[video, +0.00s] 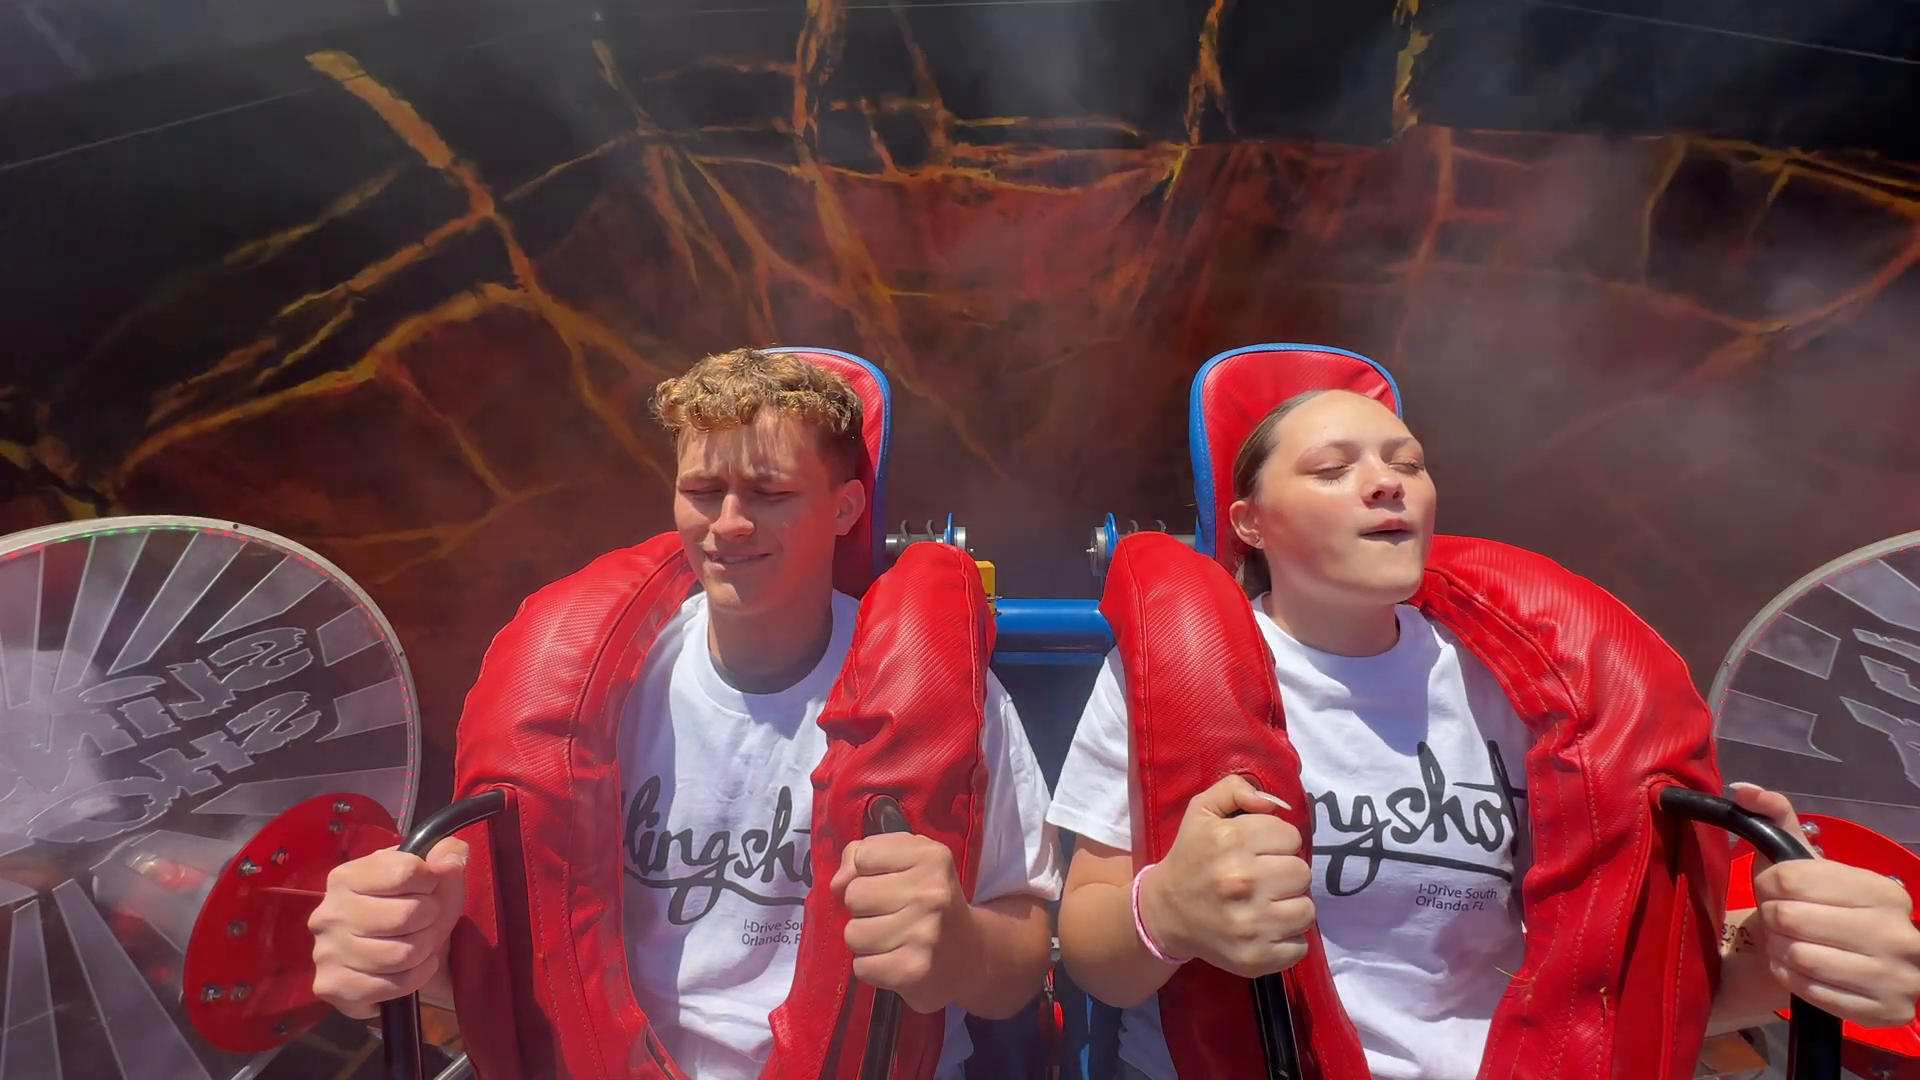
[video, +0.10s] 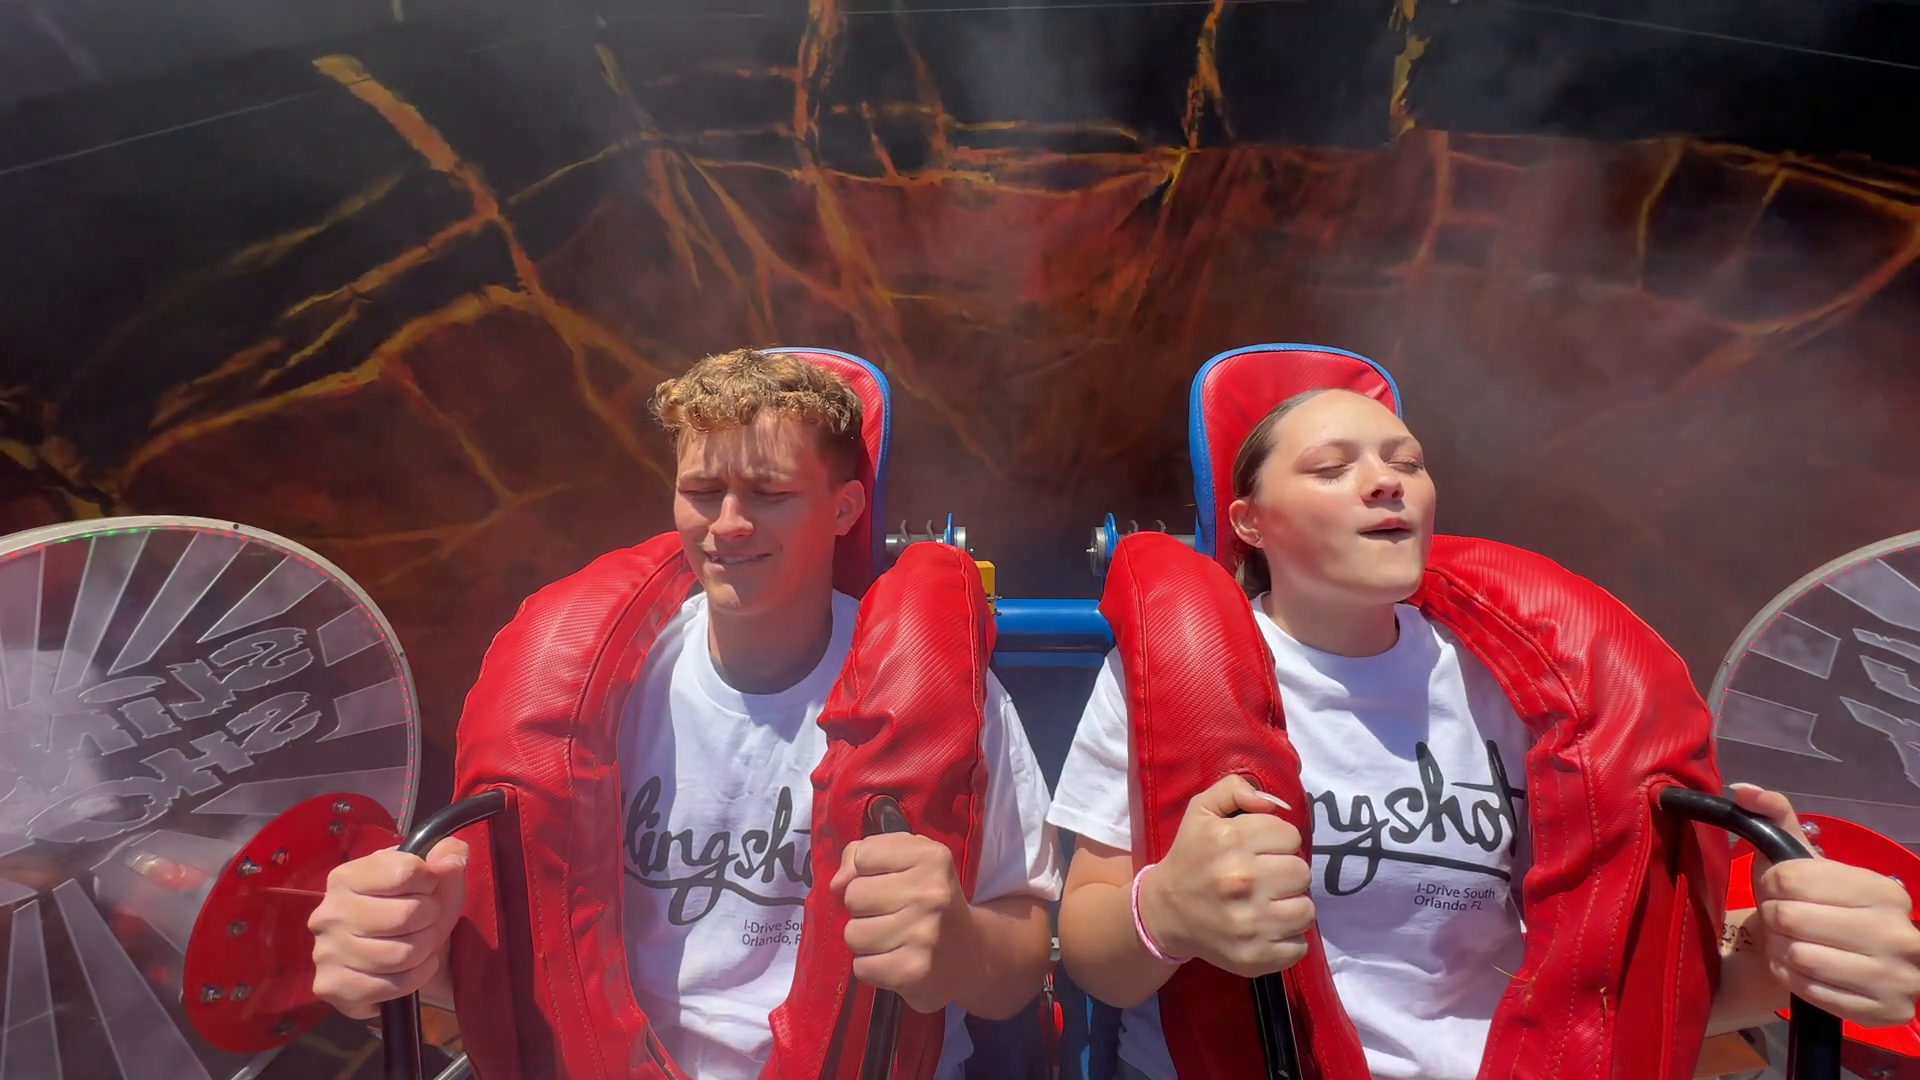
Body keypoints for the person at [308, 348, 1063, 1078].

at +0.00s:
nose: (729, 524)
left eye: (768, 493)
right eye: (705, 490)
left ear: (847, 507)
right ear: (675, 492)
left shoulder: (936, 690)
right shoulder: (581, 669)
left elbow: (1026, 958)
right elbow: (505, 938)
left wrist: (961, 949)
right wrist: (410, 945)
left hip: (832, 1063)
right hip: (611, 1058)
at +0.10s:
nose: (729, 525)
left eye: (768, 493)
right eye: (704, 490)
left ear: (846, 507)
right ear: (675, 493)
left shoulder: (936, 690)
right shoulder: (583, 669)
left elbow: (1025, 960)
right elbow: (503, 927)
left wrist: (960, 949)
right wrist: (409, 943)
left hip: (831, 1063)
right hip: (612, 1058)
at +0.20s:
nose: (729, 525)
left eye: (769, 493)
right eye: (705, 491)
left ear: (847, 508)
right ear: (675, 494)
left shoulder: (936, 690)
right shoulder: (585, 670)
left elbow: (1025, 961)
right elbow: (503, 921)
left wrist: (960, 948)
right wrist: (408, 942)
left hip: (832, 1063)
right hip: (613, 1058)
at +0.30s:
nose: (729, 525)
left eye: (768, 493)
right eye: (704, 491)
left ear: (847, 507)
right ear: (675, 492)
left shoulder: (936, 689)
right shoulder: (584, 668)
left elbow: (1024, 961)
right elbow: (501, 915)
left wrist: (958, 947)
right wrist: (408, 941)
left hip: (830, 1063)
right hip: (611, 1058)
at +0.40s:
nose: (729, 525)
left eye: (768, 493)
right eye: (704, 491)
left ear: (847, 506)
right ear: (675, 492)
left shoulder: (934, 687)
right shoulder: (584, 668)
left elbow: (1025, 960)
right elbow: (502, 921)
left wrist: (959, 947)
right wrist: (407, 941)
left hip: (831, 1062)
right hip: (612, 1057)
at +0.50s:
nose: (729, 525)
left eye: (768, 493)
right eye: (704, 491)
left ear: (846, 506)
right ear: (675, 491)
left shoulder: (934, 687)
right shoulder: (584, 668)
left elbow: (1025, 960)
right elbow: (502, 929)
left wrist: (958, 947)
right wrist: (406, 942)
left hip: (832, 1063)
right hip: (612, 1058)